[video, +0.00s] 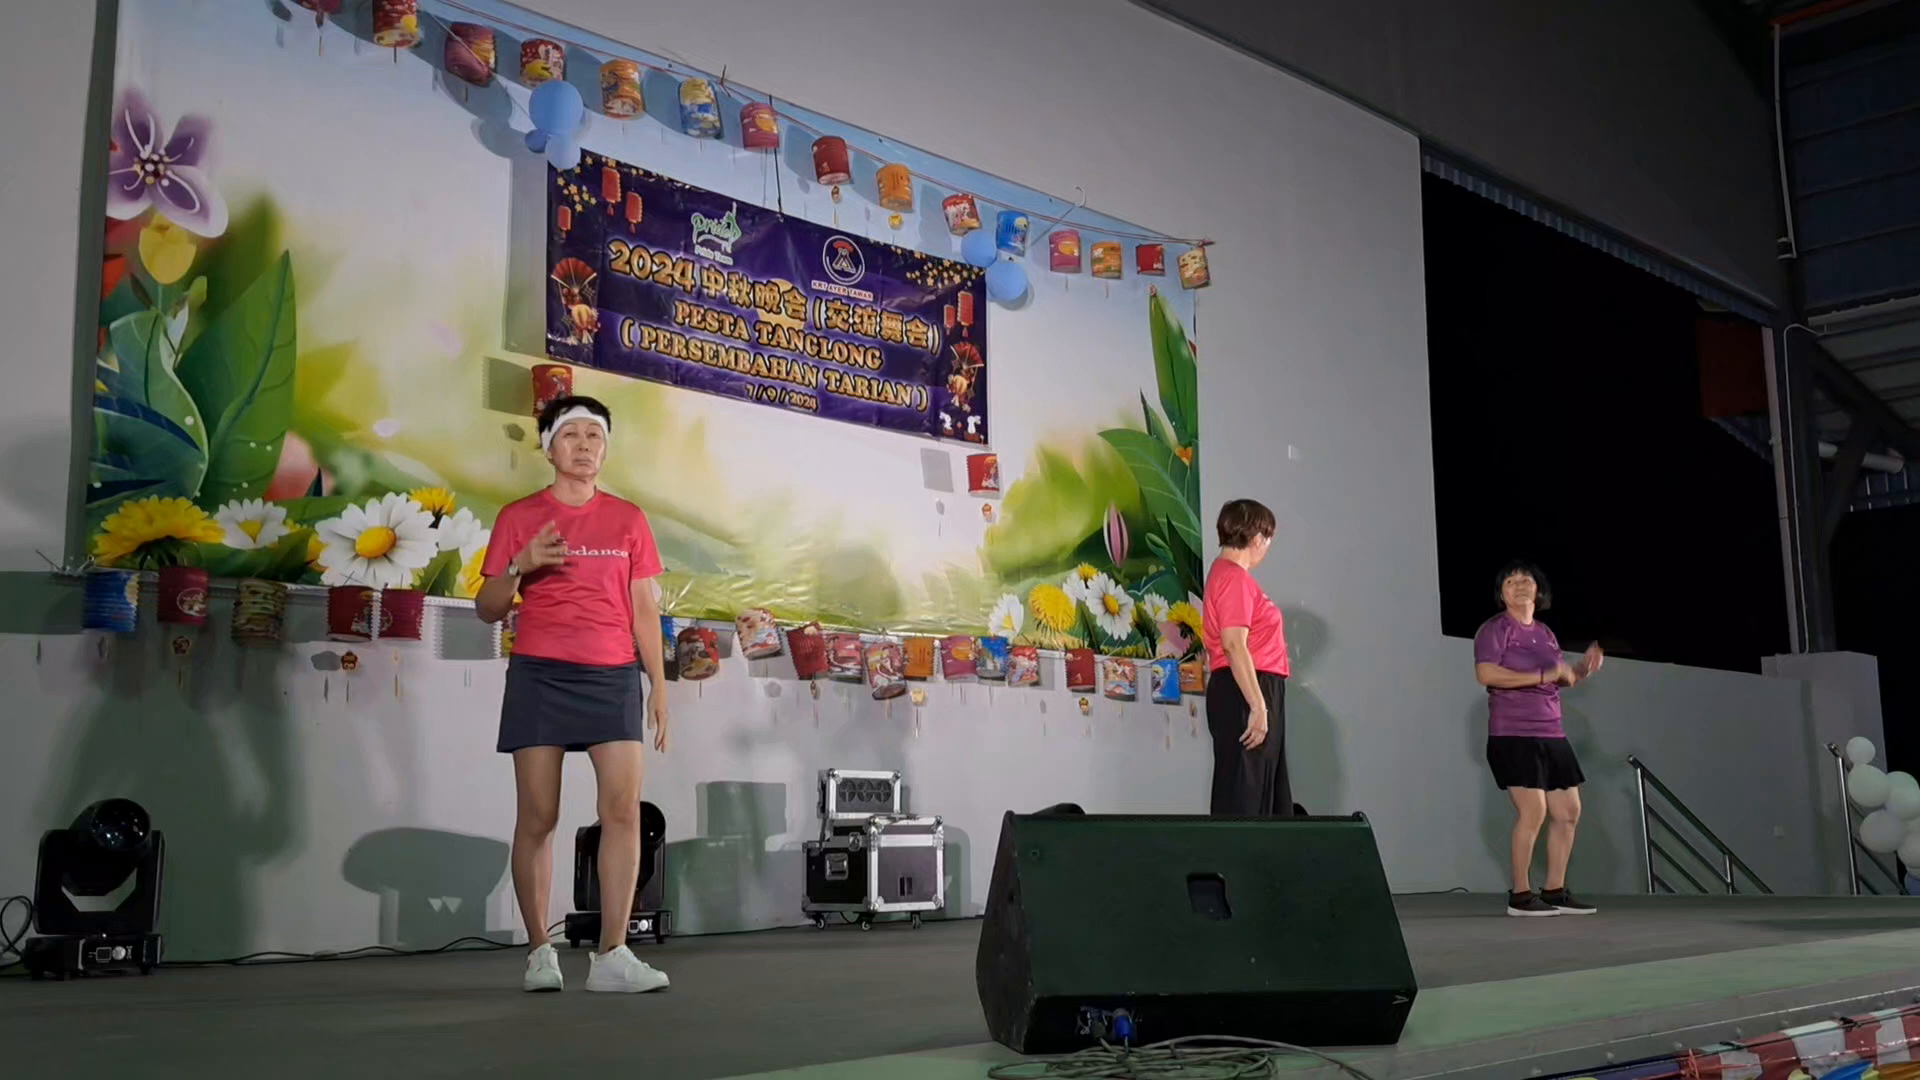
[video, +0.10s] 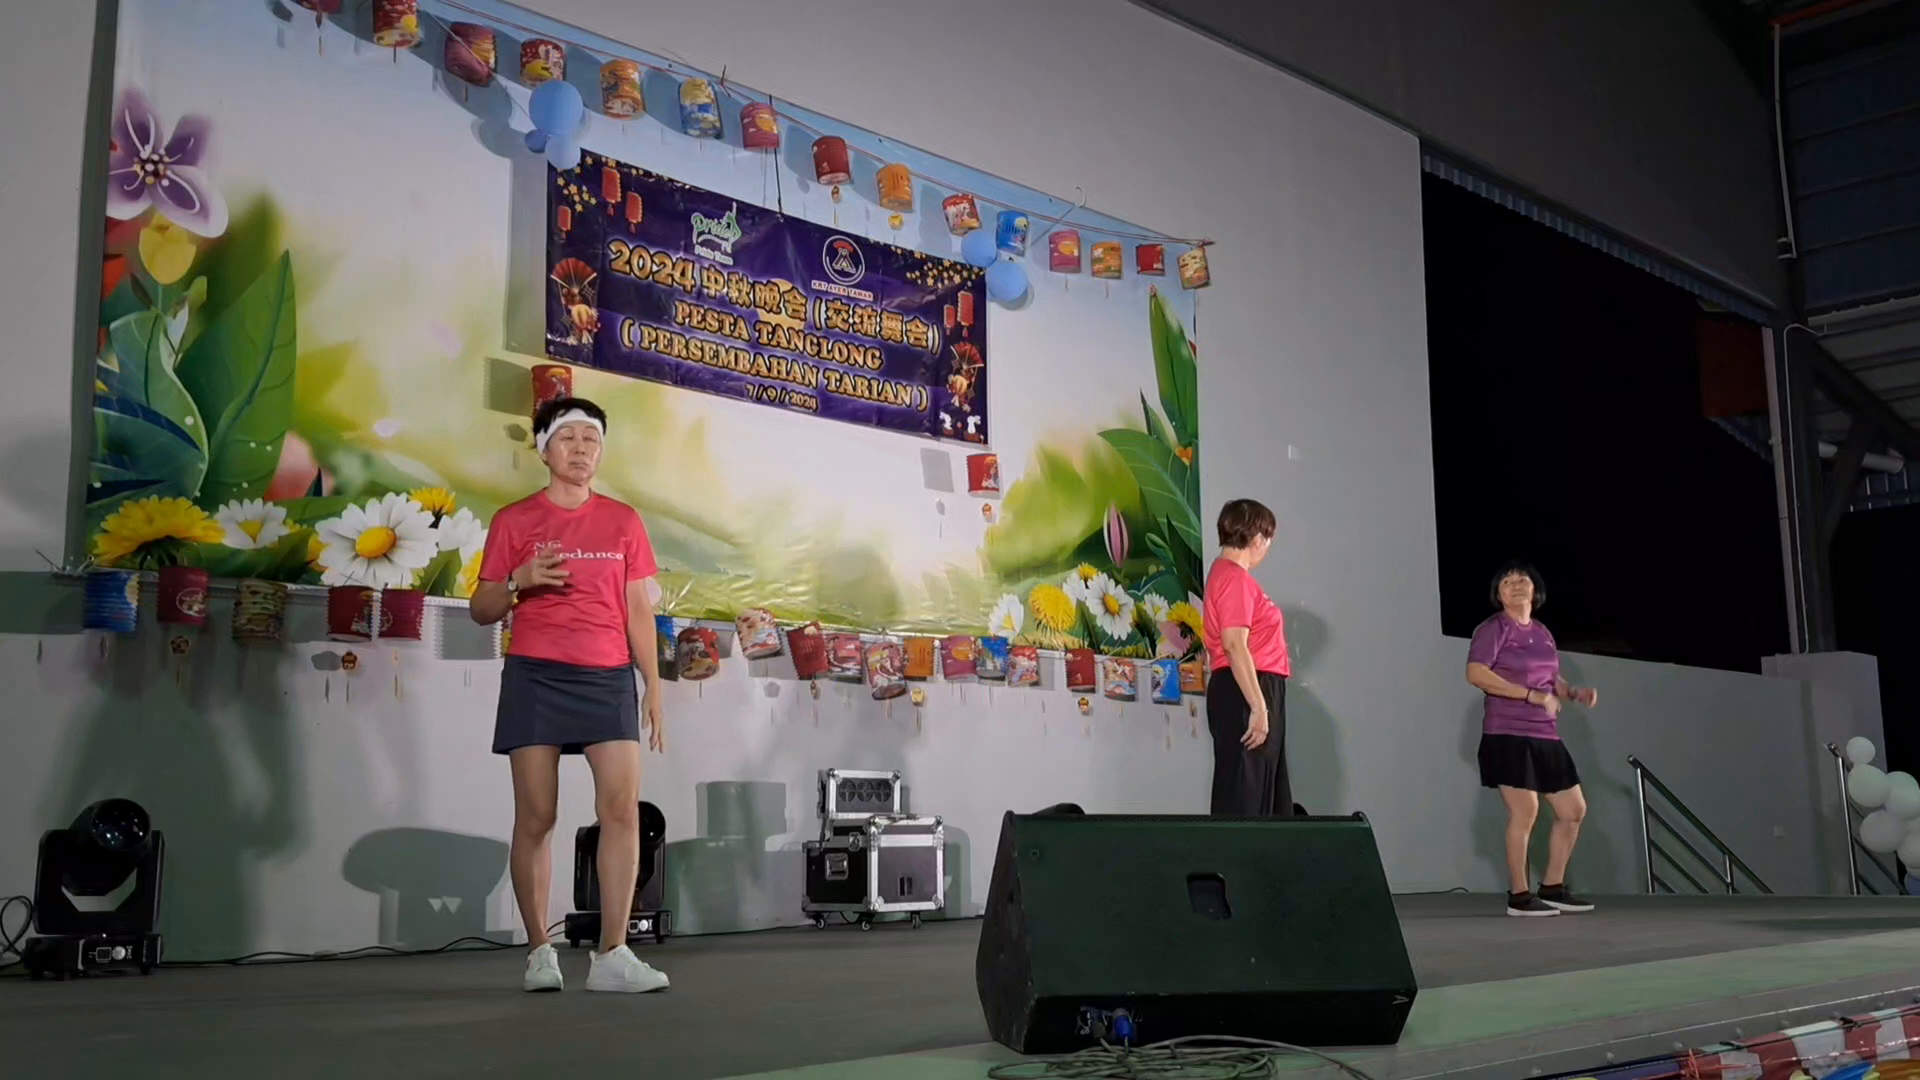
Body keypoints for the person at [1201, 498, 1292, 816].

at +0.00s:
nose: (1268, 547)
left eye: (1269, 539)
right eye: (1268, 538)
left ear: (1228, 533)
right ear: (1257, 538)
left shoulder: (1230, 573)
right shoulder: (1233, 576)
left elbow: (1234, 643)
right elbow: (1234, 643)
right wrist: (1258, 706)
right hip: (1246, 685)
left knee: (1264, 792)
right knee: (1244, 793)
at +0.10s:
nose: (1267, 547)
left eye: (1269, 540)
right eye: (1268, 539)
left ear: (1228, 532)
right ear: (1257, 538)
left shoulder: (1228, 573)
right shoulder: (1233, 577)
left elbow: (1234, 643)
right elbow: (1234, 643)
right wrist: (1258, 707)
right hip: (1246, 684)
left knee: (1265, 793)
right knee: (1245, 794)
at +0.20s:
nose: (1267, 547)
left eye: (1269, 540)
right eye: (1268, 539)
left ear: (1229, 532)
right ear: (1257, 538)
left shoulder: (1229, 573)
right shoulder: (1233, 577)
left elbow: (1235, 643)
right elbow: (1234, 643)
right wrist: (1259, 707)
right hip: (1246, 685)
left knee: (1265, 792)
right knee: (1245, 793)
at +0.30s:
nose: (1267, 547)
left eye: (1269, 540)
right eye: (1268, 539)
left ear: (1228, 532)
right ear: (1257, 539)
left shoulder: (1229, 574)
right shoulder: (1233, 577)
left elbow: (1235, 644)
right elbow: (1234, 643)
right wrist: (1260, 706)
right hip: (1245, 685)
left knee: (1265, 792)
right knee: (1244, 793)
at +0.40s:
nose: (1267, 548)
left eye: (1269, 540)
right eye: (1268, 540)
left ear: (1228, 532)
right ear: (1257, 539)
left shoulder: (1228, 573)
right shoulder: (1232, 577)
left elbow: (1236, 643)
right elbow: (1233, 643)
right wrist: (1259, 706)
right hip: (1246, 685)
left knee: (1265, 792)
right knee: (1244, 793)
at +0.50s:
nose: (1266, 548)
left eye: (1268, 541)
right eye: (1267, 540)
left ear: (1228, 532)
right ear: (1256, 538)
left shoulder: (1228, 574)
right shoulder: (1232, 577)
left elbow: (1235, 643)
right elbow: (1233, 643)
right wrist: (1258, 707)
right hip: (1246, 685)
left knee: (1265, 793)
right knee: (1244, 794)